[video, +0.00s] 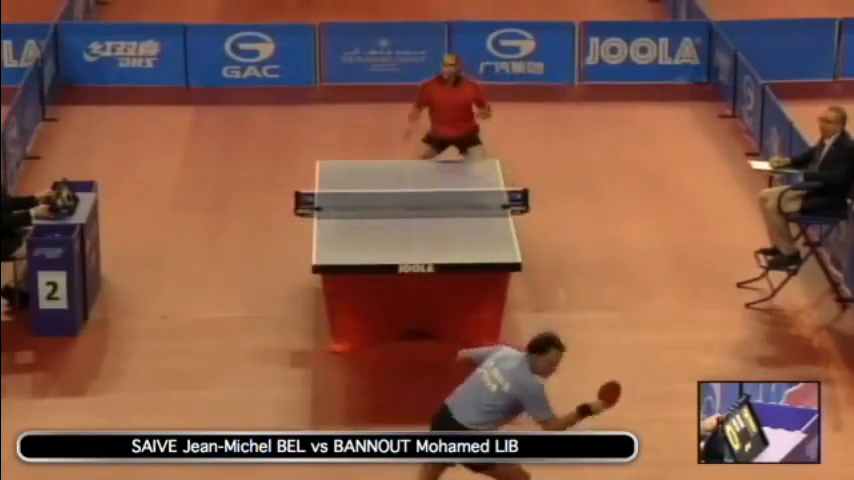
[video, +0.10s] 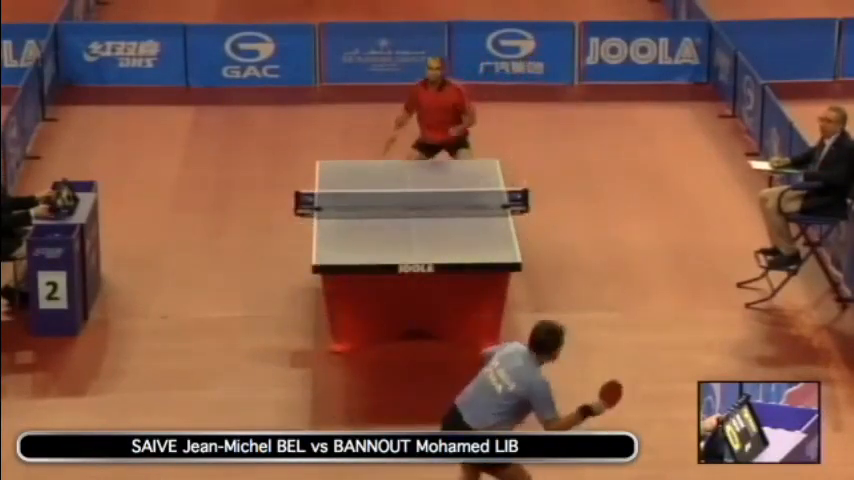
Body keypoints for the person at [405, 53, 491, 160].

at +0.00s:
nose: (447, 70)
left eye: (451, 66)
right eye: (445, 66)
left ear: (458, 68)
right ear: (442, 67)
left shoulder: (470, 87)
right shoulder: (429, 87)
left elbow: (484, 108)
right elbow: (417, 109)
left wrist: (484, 113)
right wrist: (410, 127)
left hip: (466, 135)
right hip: (439, 135)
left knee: (480, 164)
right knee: (421, 162)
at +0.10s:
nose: (432, 73)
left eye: (436, 69)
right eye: (430, 69)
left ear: (443, 71)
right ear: (427, 70)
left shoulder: (455, 91)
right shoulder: (418, 90)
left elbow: (469, 117)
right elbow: (408, 111)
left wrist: (459, 128)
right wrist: (401, 120)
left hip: (454, 138)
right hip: (429, 139)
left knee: (468, 169)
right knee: (410, 167)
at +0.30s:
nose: (413, 71)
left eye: (417, 67)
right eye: (410, 67)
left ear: (423, 69)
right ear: (407, 69)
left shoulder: (437, 87)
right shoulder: (409, 87)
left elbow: (431, 117)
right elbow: (409, 114)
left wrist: (407, 116)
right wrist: (392, 131)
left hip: (445, 139)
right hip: (422, 137)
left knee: (462, 170)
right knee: (392, 154)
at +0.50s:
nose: (386, 64)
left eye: (390, 60)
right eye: (383, 60)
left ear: (397, 61)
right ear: (381, 61)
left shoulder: (408, 80)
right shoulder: (388, 81)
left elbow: (405, 112)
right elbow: (387, 108)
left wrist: (377, 120)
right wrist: (371, 126)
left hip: (422, 135)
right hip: (403, 134)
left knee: (420, 171)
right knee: (380, 161)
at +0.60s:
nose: (380, 60)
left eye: (383, 56)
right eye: (378, 56)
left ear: (391, 57)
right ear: (375, 58)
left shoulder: (401, 76)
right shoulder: (380, 78)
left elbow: (409, 104)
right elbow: (381, 103)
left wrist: (382, 116)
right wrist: (367, 112)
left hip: (416, 128)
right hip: (397, 129)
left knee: (406, 166)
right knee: (383, 164)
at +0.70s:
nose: (376, 54)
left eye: (380, 50)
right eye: (374, 50)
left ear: (388, 51)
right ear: (371, 51)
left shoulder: (399, 69)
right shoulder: (378, 70)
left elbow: (406, 98)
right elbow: (374, 95)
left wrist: (383, 112)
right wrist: (358, 112)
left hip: (406, 122)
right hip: (388, 122)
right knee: (373, 161)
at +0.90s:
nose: (372, 58)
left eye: (377, 53)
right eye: (370, 53)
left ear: (386, 53)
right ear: (367, 54)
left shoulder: (393, 72)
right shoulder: (382, 70)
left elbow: (374, 101)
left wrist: (344, 106)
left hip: (389, 130)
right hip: (375, 119)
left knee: (375, 170)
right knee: (334, 117)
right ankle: (332, 154)